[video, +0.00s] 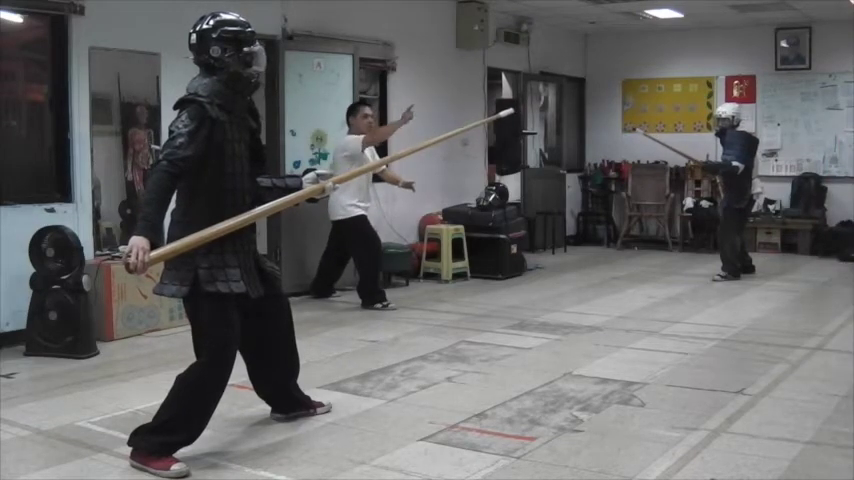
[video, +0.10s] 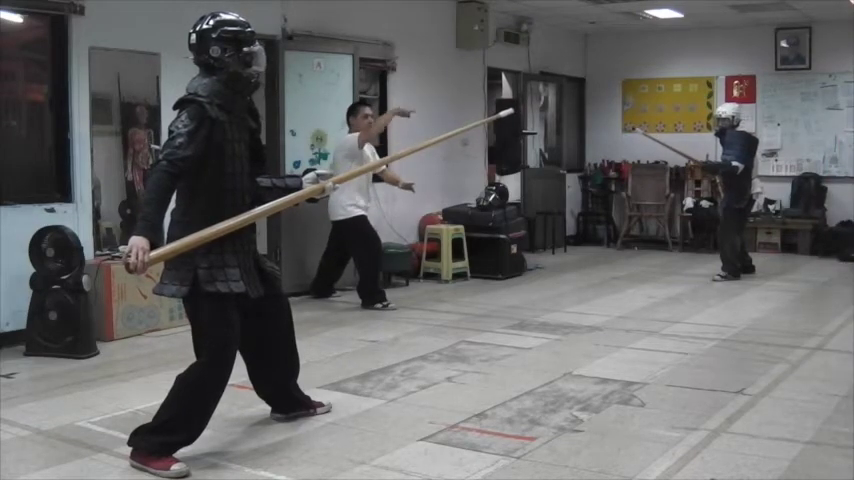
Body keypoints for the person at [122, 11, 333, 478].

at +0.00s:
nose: (253, 55)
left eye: (253, 47)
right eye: (241, 47)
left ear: (246, 53)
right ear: (214, 53)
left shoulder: (239, 108)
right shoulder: (201, 107)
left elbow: (246, 184)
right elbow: (166, 170)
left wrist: (301, 184)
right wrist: (144, 233)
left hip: (237, 245)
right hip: (204, 249)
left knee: (271, 316)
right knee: (217, 356)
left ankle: (285, 398)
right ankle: (152, 446)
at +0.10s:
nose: (254, 56)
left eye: (253, 47)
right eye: (242, 48)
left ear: (240, 54)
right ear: (214, 53)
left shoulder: (238, 108)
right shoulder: (201, 106)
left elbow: (246, 184)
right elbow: (166, 169)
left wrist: (301, 184)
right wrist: (144, 233)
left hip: (237, 244)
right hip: (204, 248)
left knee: (271, 315)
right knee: (217, 356)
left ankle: (285, 399)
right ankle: (152, 446)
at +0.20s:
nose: (253, 56)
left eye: (253, 47)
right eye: (241, 48)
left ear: (240, 54)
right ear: (213, 53)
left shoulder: (238, 108)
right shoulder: (201, 107)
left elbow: (245, 184)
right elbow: (166, 169)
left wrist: (301, 184)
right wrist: (144, 233)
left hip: (237, 245)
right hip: (203, 249)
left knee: (271, 316)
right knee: (217, 356)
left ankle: (285, 398)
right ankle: (152, 446)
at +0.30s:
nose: (253, 55)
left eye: (253, 47)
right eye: (241, 48)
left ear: (245, 53)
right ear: (213, 53)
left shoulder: (238, 108)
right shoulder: (201, 107)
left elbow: (246, 184)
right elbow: (165, 169)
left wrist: (302, 184)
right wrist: (143, 233)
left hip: (237, 244)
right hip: (203, 249)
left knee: (271, 315)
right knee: (217, 355)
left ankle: (285, 398)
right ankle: (152, 446)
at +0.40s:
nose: (253, 56)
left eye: (253, 47)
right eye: (241, 48)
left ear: (245, 53)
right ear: (213, 53)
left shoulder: (238, 108)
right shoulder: (201, 107)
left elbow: (246, 184)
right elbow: (165, 169)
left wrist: (301, 184)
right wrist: (143, 233)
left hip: (236, 244)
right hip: (203, 249)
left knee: (271, 315)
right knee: (217, 355)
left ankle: (285, 398)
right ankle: (152, 446)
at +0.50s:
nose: (253, 57)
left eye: (253, 49)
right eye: (242, 49)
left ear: (245, 54)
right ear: (213, 53)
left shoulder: (239, 108)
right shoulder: (200, 106)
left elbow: (246, 184)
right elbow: (165, 168)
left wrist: (300, 184)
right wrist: (144, 232)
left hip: (237, 245)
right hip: (203, 249)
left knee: (271, 315)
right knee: (216, 356)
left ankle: (286, 399)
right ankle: (152, 446)